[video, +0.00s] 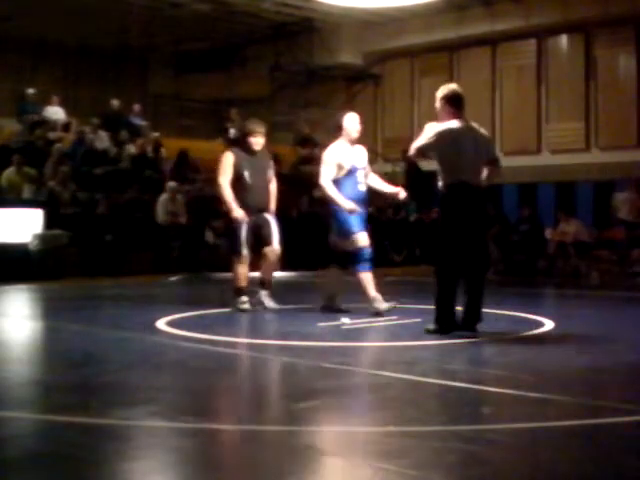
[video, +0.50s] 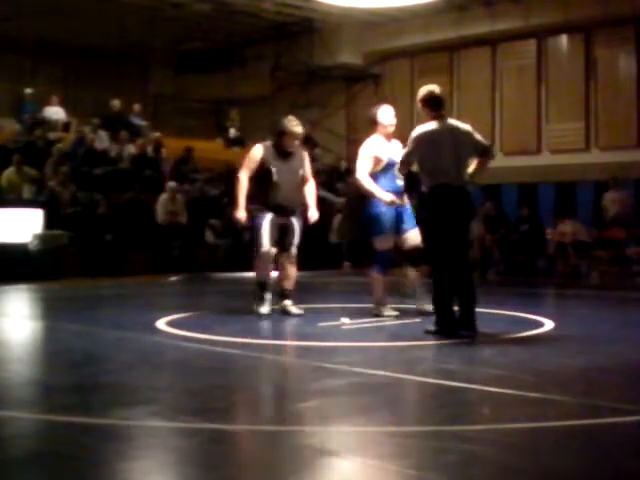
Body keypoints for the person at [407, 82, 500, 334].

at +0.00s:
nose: (436, 111)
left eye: (438, 106)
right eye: (437, 106)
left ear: (445, 107)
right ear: (462, 106)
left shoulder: (438, 131)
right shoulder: (479, 133)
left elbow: (414, 153)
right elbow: (494, 165)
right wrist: (481, 184)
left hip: (449, 198)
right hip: (475, 197)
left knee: (447, 258)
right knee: (475, 259)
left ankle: (444, 319)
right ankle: (471, 319)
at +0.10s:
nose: (434, 109)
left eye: (436, 105)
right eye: (434, 104)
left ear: (443, 106)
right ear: (459, 105)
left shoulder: (435, 130)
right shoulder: (477, 132)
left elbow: (409, 152)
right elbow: (493, 163)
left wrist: (423, 129)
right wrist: (478, 182)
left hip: (446, 198)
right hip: (472, 198)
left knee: (445, 260)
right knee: (473, 261)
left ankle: (444, 320)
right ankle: (470, 321)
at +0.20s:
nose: (429, 108)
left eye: (432, 103)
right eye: (430, 103)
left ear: (440, 106)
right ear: (456, 106)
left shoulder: (432, 131)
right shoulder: (472, 131)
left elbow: (405, 152)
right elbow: (493, 160)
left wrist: (419, 129)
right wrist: (476, 180)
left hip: (443, 197)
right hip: (469, 196)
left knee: (444, 260)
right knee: (470, 259)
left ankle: (445, 320)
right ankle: (470, 321)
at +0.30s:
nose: (426, 109)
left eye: (427, 104)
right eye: (427, 104)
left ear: (433, 106)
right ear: (450, 105)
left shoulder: (427, 132)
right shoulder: (467, 130)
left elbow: (401, 156)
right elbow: (491, 157)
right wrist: (475, 179)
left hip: (439, 197)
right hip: (466, 196)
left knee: (443, 261)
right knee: (466, 259)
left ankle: (445, 321)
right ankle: (469, 321)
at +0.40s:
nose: (422, 109)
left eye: (423, 105)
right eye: (423, 105)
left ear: (428, 107)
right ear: (447, 105)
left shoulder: (424, 134)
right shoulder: (465, 129)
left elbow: (402, 159)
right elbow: (489, 152)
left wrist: (412, 183)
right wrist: (476, 177)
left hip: (436, 198)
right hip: (462, 196)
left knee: (440, 261)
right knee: (462, 259)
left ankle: (445, 322)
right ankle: (468, 322)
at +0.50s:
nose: (419, 111)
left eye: (420, 107)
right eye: (421, 107)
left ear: (424, 108)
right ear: (443, 106)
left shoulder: (420, 134)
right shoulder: (460, 129)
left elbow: (403, 165)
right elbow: (486, 150)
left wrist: (414, 185)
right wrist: (473, 176)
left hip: (433, 197)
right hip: (459, 194)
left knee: (439, 261)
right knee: (460, 259)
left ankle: (444, 322)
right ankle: (468, 321)